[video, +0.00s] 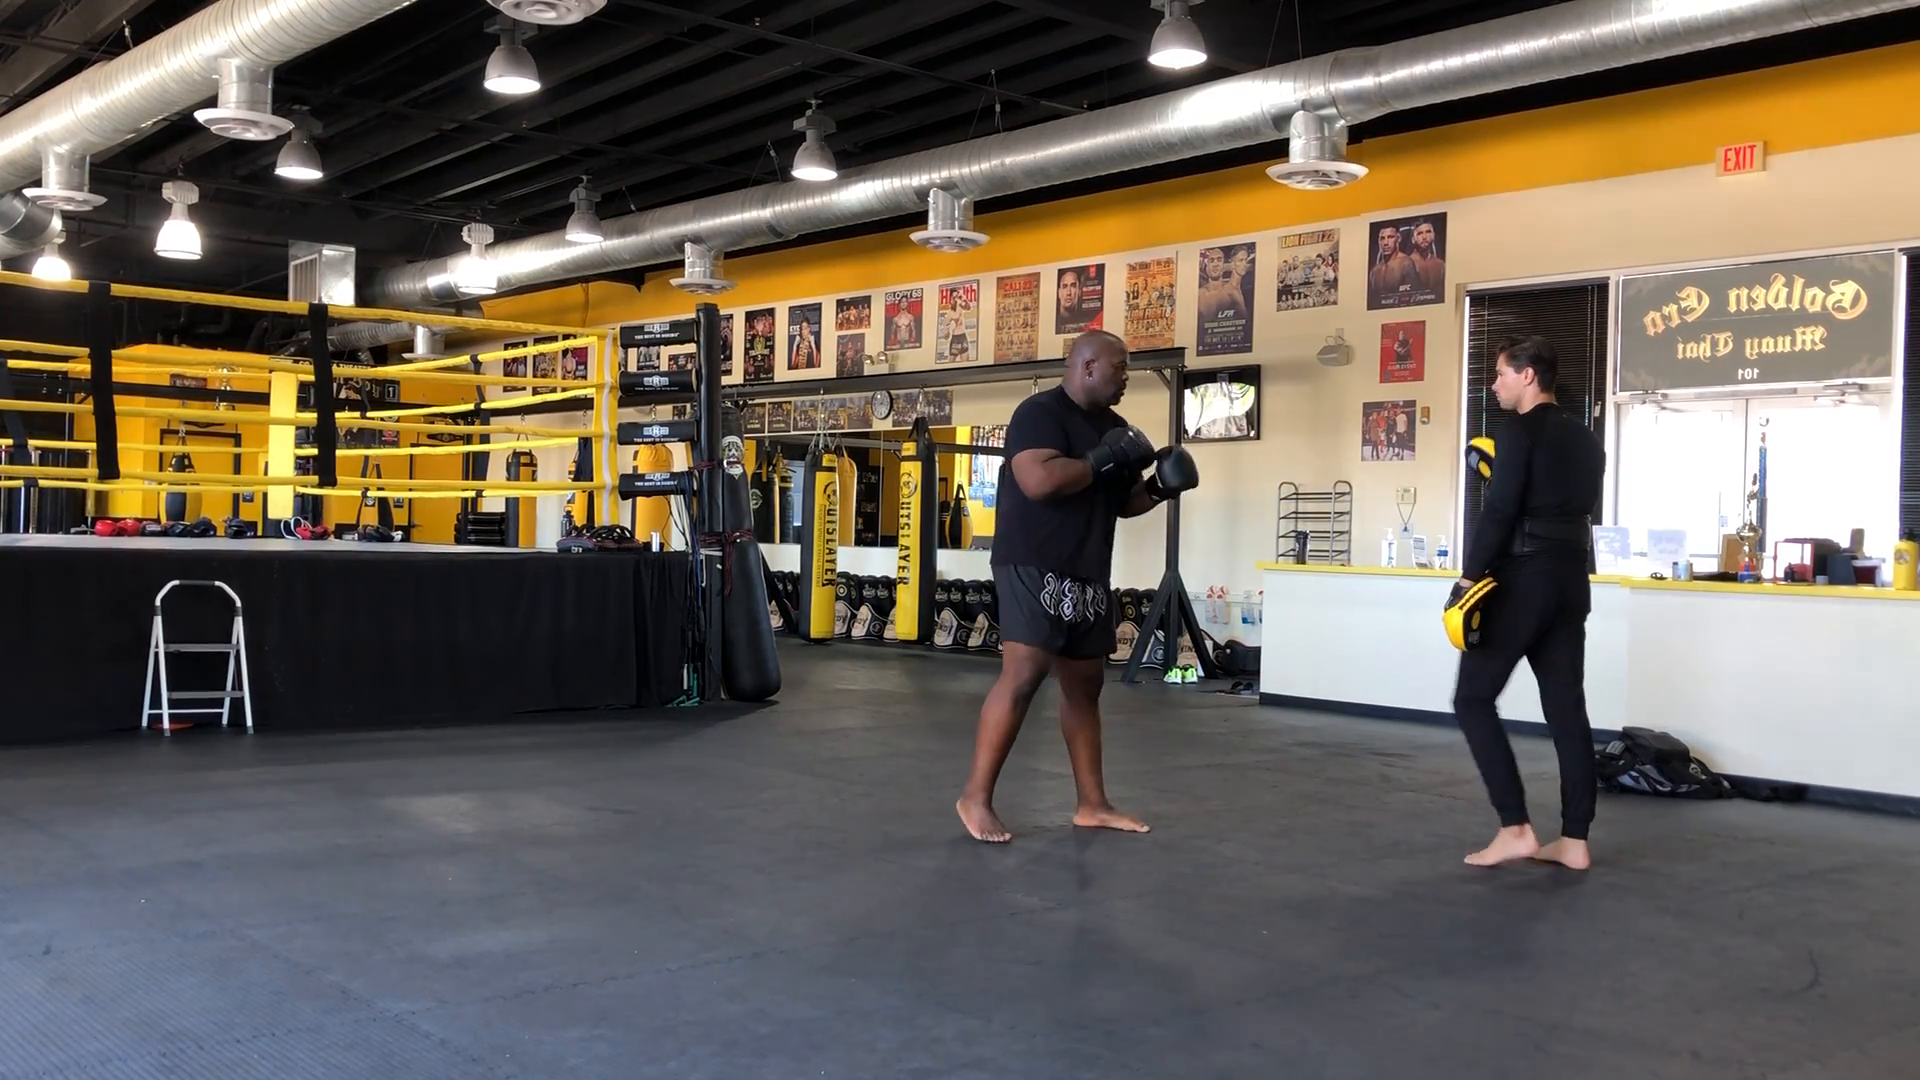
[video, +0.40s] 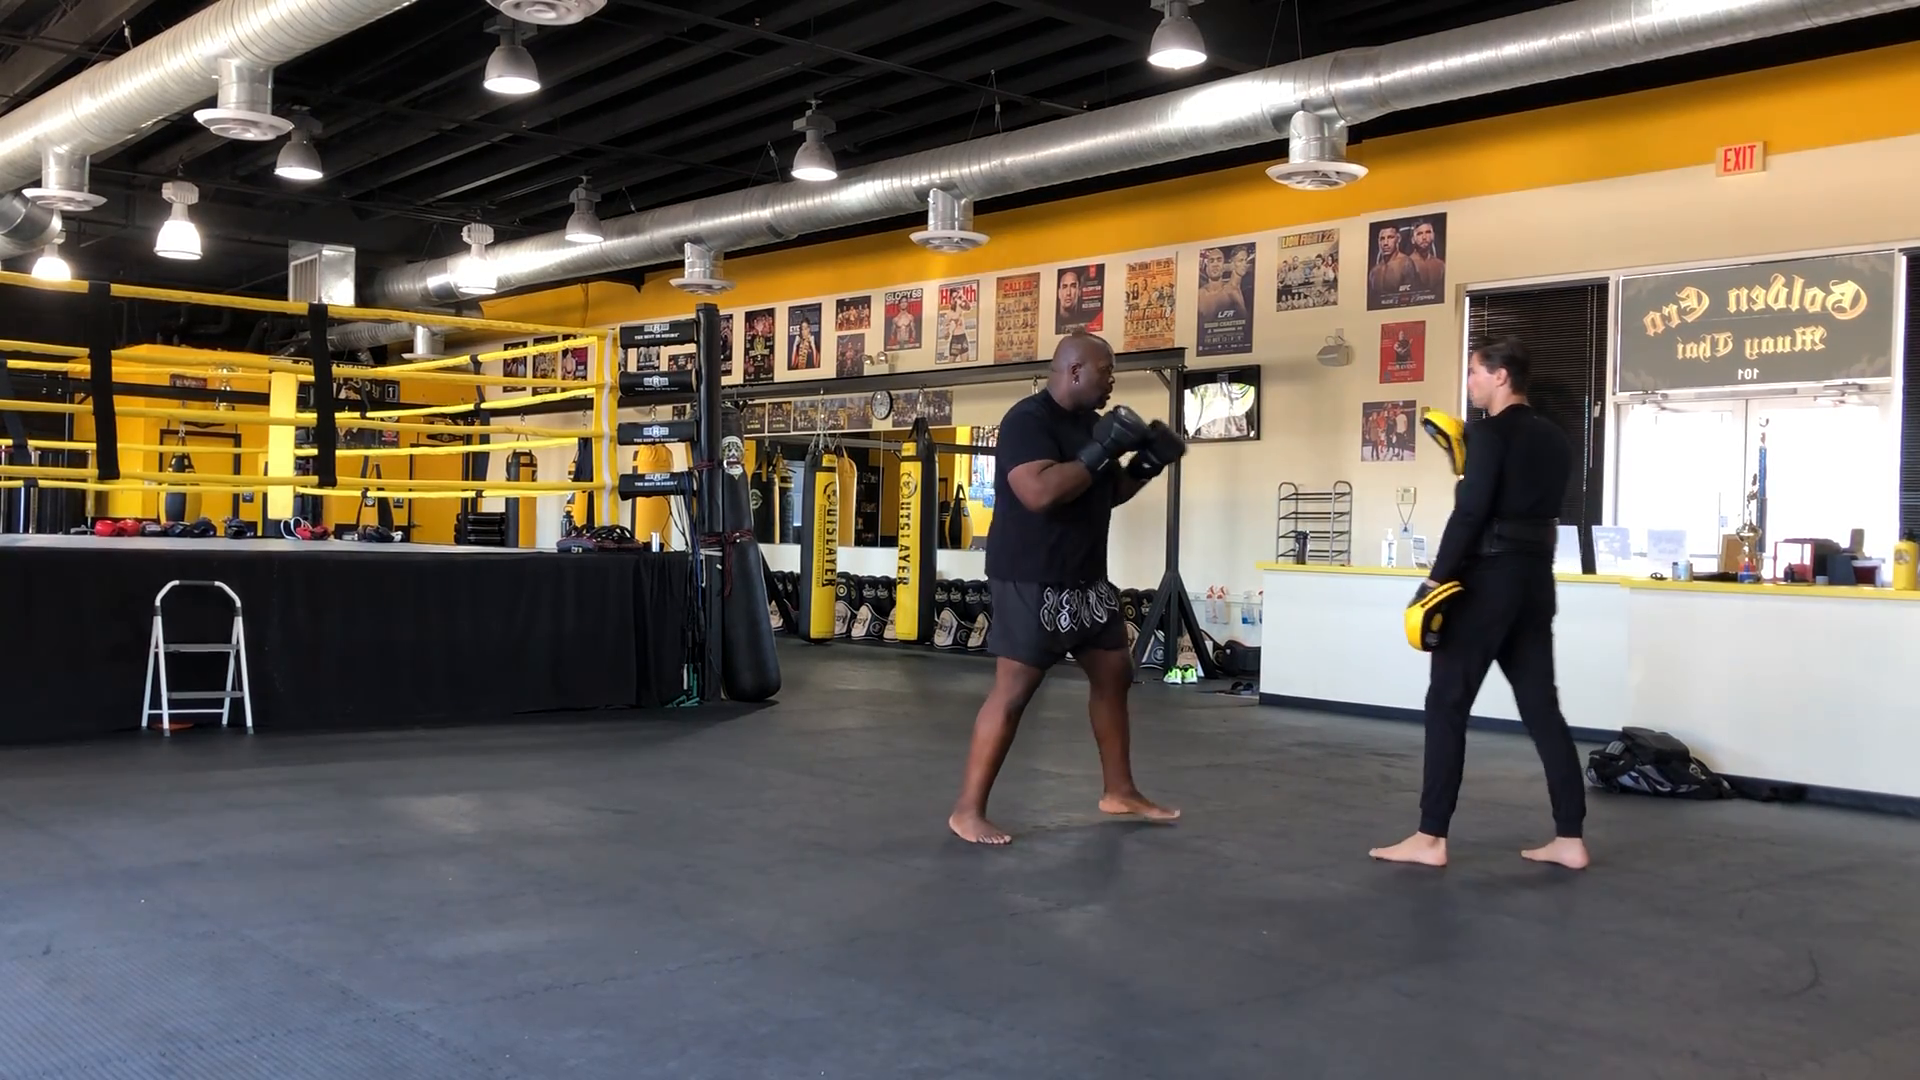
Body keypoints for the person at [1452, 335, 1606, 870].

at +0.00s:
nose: (1495, 385)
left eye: (1501, 375)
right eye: (1496, 375)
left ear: (1529, 377)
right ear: (1540, 379)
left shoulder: (1518, 430)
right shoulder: (1585, 437)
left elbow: (1499, 511)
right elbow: (1578, 513)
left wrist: (1469, 583)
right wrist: (1506, 475)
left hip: (1523, 584)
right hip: (1571, 586)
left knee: (1472, 702)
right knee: (1567, 713)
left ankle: (1515, 829)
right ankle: (1574, 840)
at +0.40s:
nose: (1469, 382)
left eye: (1474, 373)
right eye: (1470, 372)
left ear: (1500, 376)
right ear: (1510, 379)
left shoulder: (1491, 431)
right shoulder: (1553, 437)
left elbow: (1471, 511)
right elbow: (1530, 507)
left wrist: (1434, 584)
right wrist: (1468, 459)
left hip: (1485, 585)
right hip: (1534, 585)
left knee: (1445, 705)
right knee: (1542, 710)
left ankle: (1430, 837)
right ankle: (1570, 840)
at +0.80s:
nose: (1402, 374)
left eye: (1409, 364)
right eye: (1402, 365)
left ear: (1438, 368)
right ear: (1438, 370)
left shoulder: (1458, 428)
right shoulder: (1447, 425)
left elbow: (1450, 513)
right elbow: (1390, 484)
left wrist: (1403, 581)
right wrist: (1364, 438)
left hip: (1449, 582)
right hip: (1466, 579)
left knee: (1426, 707)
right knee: (1480, 699)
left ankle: (1428, 838)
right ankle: (1551, 814)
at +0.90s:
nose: (1397, 376)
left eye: (1403, 366)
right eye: (1398, 366)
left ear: (1431, 370)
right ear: (1443, 370)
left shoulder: (1439, 429)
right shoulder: (1481, 424)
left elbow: (1431, 510)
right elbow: (1441, 489)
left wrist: (1397, 582)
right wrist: (1393, 455)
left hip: (1439, 576)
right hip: (1475, 572)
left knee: (1426, 707)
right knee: (1474, 696)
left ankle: (1428, 838)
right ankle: (1546, 810)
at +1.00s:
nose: (1398, 379)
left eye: (1402, 369)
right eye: (1399, 369)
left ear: (1427, 371)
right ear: (1443, 372)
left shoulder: (1425, 429)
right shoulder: (1490, 429)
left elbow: (1410, 510)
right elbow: (1466, 493)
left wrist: (1378, 580)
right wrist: (1408, 459)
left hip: (1431, 577)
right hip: (1480, 575)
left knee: (1426, 710)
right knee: (1482, 697)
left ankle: (1428, 838)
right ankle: (1547, 812)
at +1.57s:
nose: (1444, 394)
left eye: (1449, 384)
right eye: (1444, 384)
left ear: (1477, 384)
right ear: (1487, 385)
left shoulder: (1477, 436)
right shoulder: (1540, 435)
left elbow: (1455, 514)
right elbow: (1535, 513)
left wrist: (1420, 517)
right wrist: (1460, 534)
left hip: (1494, 587)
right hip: (1545, 585)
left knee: (1456, 709)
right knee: (1552, 710)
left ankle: (1432, 834)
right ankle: (1574, 838)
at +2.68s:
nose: (1448, 420)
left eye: (1454, 410)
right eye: (1447, 410)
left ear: (1483, 409)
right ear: (1487, 411)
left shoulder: (1504, 456)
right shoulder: (1542, 446)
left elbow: (1518, 527)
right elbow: (1543, 521)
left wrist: (1463, 550)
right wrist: (1484, 529)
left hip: (1534, 586)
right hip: (1570, 582)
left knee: (1491, 702)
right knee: (1539, 692)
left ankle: (1510, 831)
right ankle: (1561, 815)